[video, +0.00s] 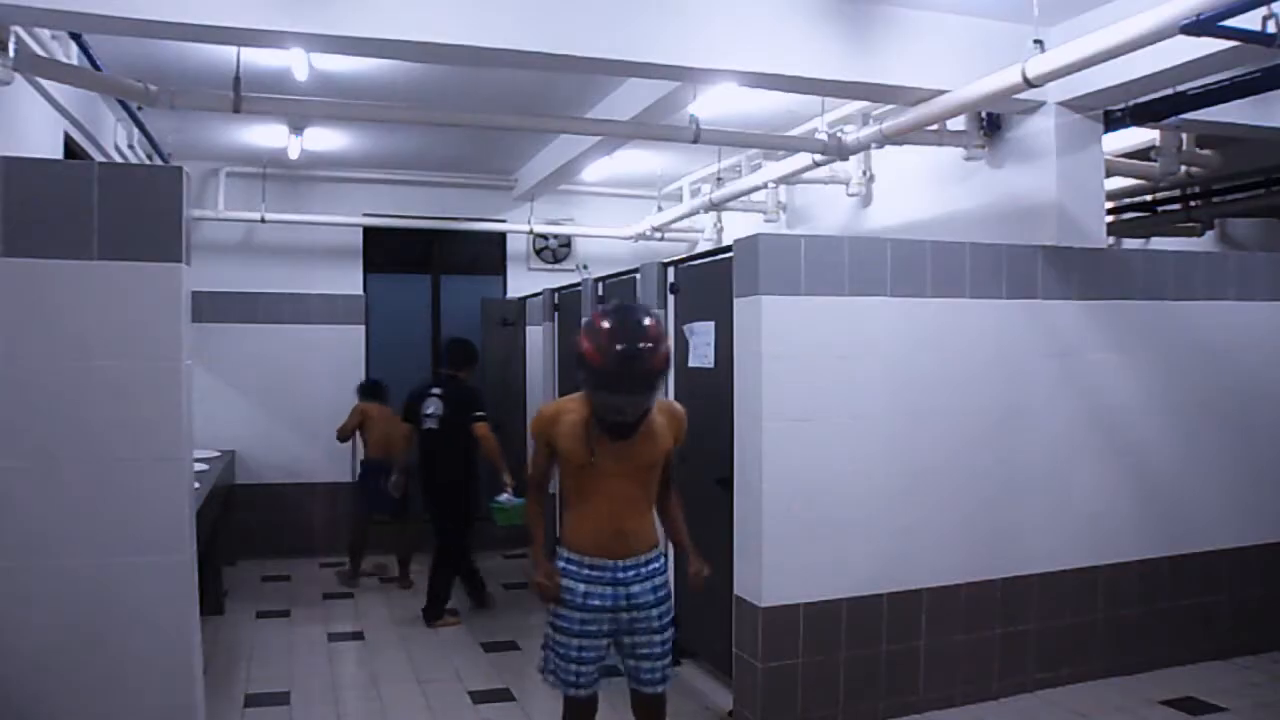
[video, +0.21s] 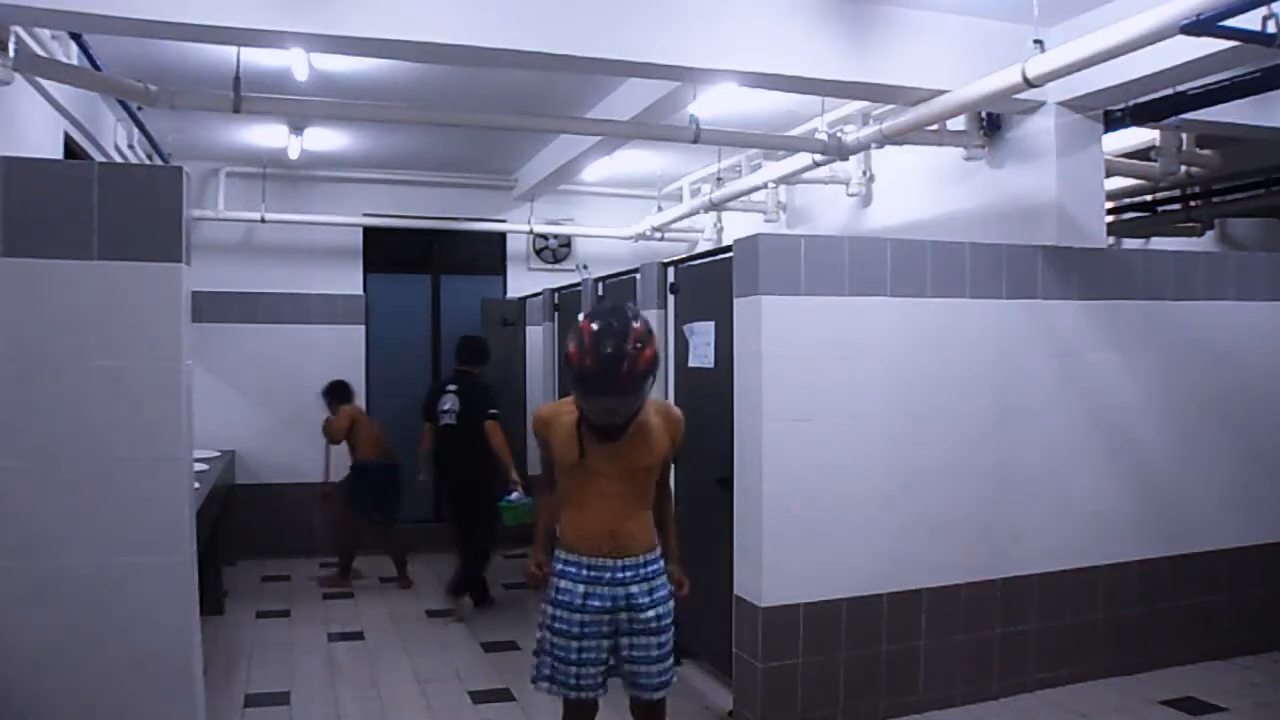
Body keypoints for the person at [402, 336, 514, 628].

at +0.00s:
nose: (473, 371)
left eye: (472, 366)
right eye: (473, 366)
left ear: (443, 362)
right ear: (469, 366)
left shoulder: (422, 392)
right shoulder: (469, 394)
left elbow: (405, 433)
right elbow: (484, 435)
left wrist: (399, 470)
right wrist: (504, 471)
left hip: (430, 476)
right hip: (460, 477)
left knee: (455, 540)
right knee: (450, 542)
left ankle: (479, 594)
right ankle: (434, 611)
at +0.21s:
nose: (483, 365)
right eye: (483, 360)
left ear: (457, 358)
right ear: (483, 361)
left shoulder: (439, 389)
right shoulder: (483, 391)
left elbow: (428, 431)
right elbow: (493, 431)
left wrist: (424, 464)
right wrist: (512, 469)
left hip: (449, 471)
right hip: (479, 471)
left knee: (464, 530)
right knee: (484, 530)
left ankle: (480, 593)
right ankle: (458, 589)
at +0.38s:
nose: (492, 365)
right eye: (492, 359)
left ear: (467, 358)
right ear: (492, 361)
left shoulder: (448, 386)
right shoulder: (492, 389)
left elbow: (439, 427)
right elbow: (501, 429)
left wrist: (450, 451)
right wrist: (518, 463)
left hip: (459, 468)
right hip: (489, 469)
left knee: (469, 529)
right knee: (499, 527)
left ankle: (477, 590)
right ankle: (499, 584)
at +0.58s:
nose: (503, 367)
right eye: (504, 362)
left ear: (479, 360)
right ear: (504, 363)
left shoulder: (462, 387)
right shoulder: (503, 390)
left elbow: (452, 422)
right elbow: (510, 430)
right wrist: (525, 465)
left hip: (467, 468)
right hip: (497, 469)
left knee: (473, 527)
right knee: (509, 520)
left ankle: (478, 592)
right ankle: (515, 577)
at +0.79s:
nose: (513, 366)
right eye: (514, 361)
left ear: (490, 358)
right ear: (515, 362)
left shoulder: (472, 383)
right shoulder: (516, 389)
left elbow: (458, 416)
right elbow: (521, 425)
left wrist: (475, 429)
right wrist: (530, 460)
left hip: (476, 463)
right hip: (506, 464)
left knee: (479, 518)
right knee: (511, 518)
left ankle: (482, 577)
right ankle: (511, 579)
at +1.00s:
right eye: (512, 360)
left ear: (489, 358)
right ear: (515, 361)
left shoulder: (472, 384)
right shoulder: (521, 389)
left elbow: (457, 414)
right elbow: (526, 424)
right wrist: (533, 453)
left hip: (478, 462)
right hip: (510, 463)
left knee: (479, 515)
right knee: (511, 518)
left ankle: (483, 570)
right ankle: (511, 577)